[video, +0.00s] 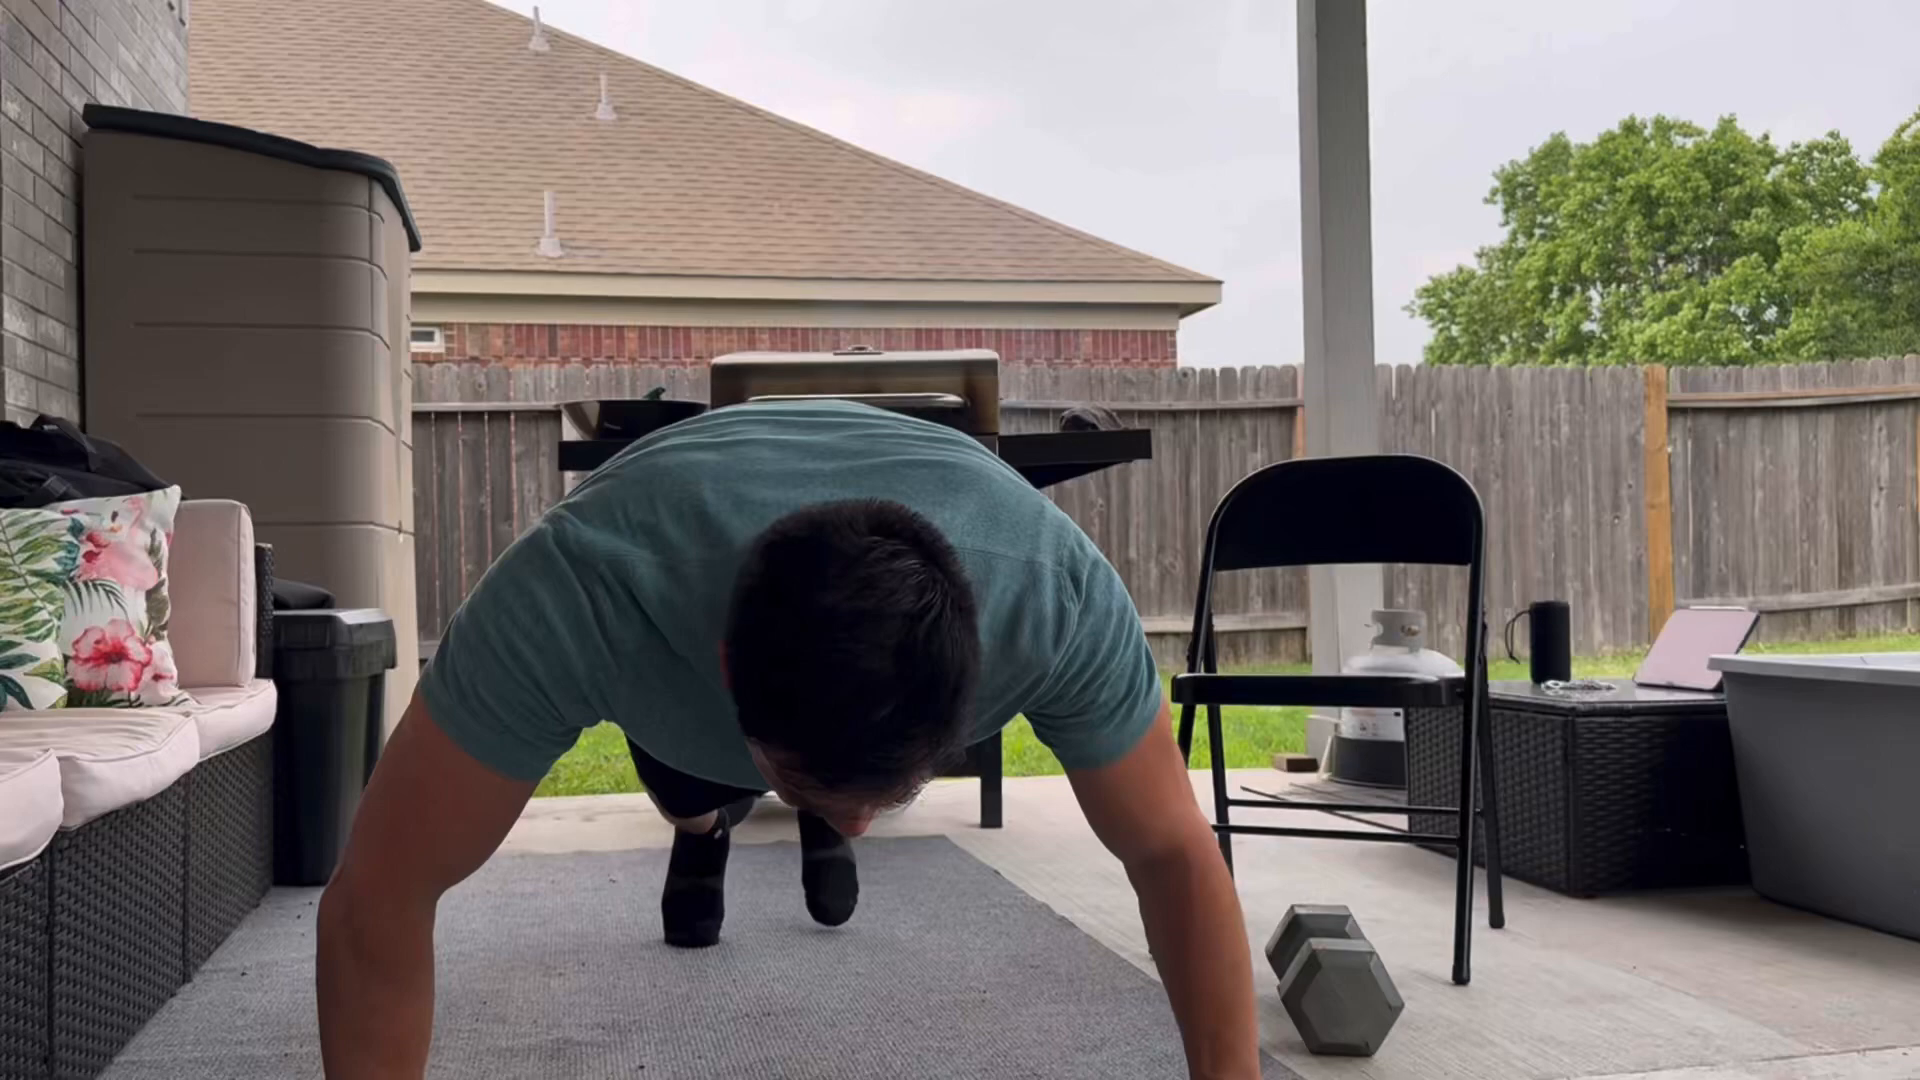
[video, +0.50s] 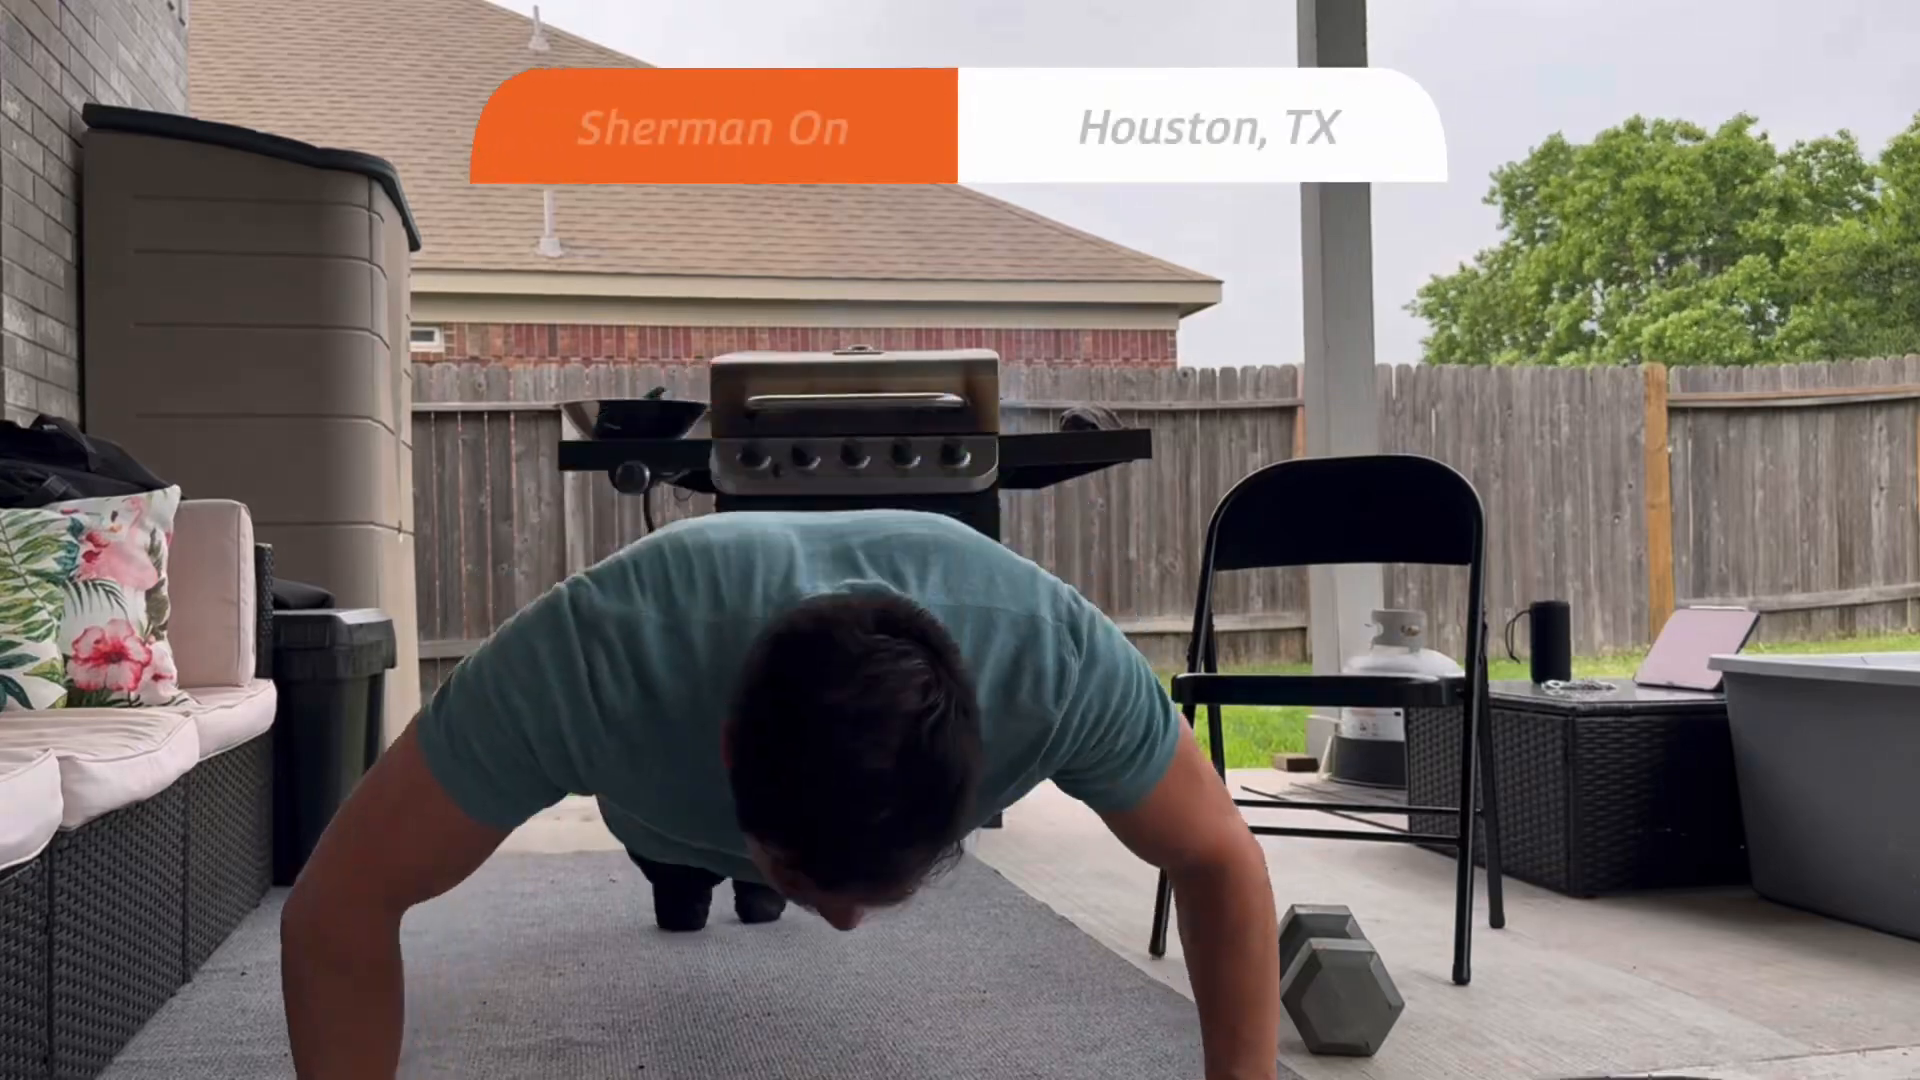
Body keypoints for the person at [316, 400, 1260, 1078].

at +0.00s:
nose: (846, 824)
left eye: (889, 800)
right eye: (818, 793)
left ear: (967, 694)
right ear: (736, 683)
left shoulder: (1061, 602)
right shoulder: (574, 593)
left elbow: (1176, 862)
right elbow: (374, 905)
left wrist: (1231, 1070)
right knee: (693, 785)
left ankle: (828, 838)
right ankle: (702, 840)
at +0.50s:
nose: (846, 923)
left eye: (882, 902)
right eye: (816, 895)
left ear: (963, 794)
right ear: (738, 776)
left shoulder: (1055, 662)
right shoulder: (586, 664)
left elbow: (1222, 869)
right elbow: (340, 905)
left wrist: (1244, 1076)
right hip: (653, 785)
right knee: (665, 861)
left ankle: (751, 882)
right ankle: (680, 888)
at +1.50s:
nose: (830, 930)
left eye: (868, 913)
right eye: (792, 904)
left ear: (955, 794)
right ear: (724, 777)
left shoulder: (1030, 653)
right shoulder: (582, 656)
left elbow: (1205, 861)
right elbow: (346, 902)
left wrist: (1236, 1072)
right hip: (670, 869)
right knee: (678, 898)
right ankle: (637, 868)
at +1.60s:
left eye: (888, 1064)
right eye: (794, 1052)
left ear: (958, 925)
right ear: (732, 933)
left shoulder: (1043, 775)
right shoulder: (583, 779)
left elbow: (1248, 867)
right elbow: (293, 922)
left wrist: (1250, 1067)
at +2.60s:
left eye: (890, 1030)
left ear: (937, 998)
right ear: (731, 1019)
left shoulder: (1037, 859)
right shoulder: (582, 871)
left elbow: (1231, 870)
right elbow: (265, 931)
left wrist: (1222, 1075)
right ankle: (440, 803)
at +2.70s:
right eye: (809, 1051)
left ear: (927, 1045)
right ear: (747, 1052)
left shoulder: (1039, 906)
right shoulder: (612, 938)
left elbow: (1234, 862)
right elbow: (270, 926)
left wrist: (1236, 1078)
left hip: (905, 819)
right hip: (678, 834)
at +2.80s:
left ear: (941, 1036)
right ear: (747, 1042)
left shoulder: (1046, 887)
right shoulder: (602, 916)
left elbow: (1235, 869)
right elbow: (274, 927)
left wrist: (1228, 1073)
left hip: (923, 812)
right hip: (682, 822)